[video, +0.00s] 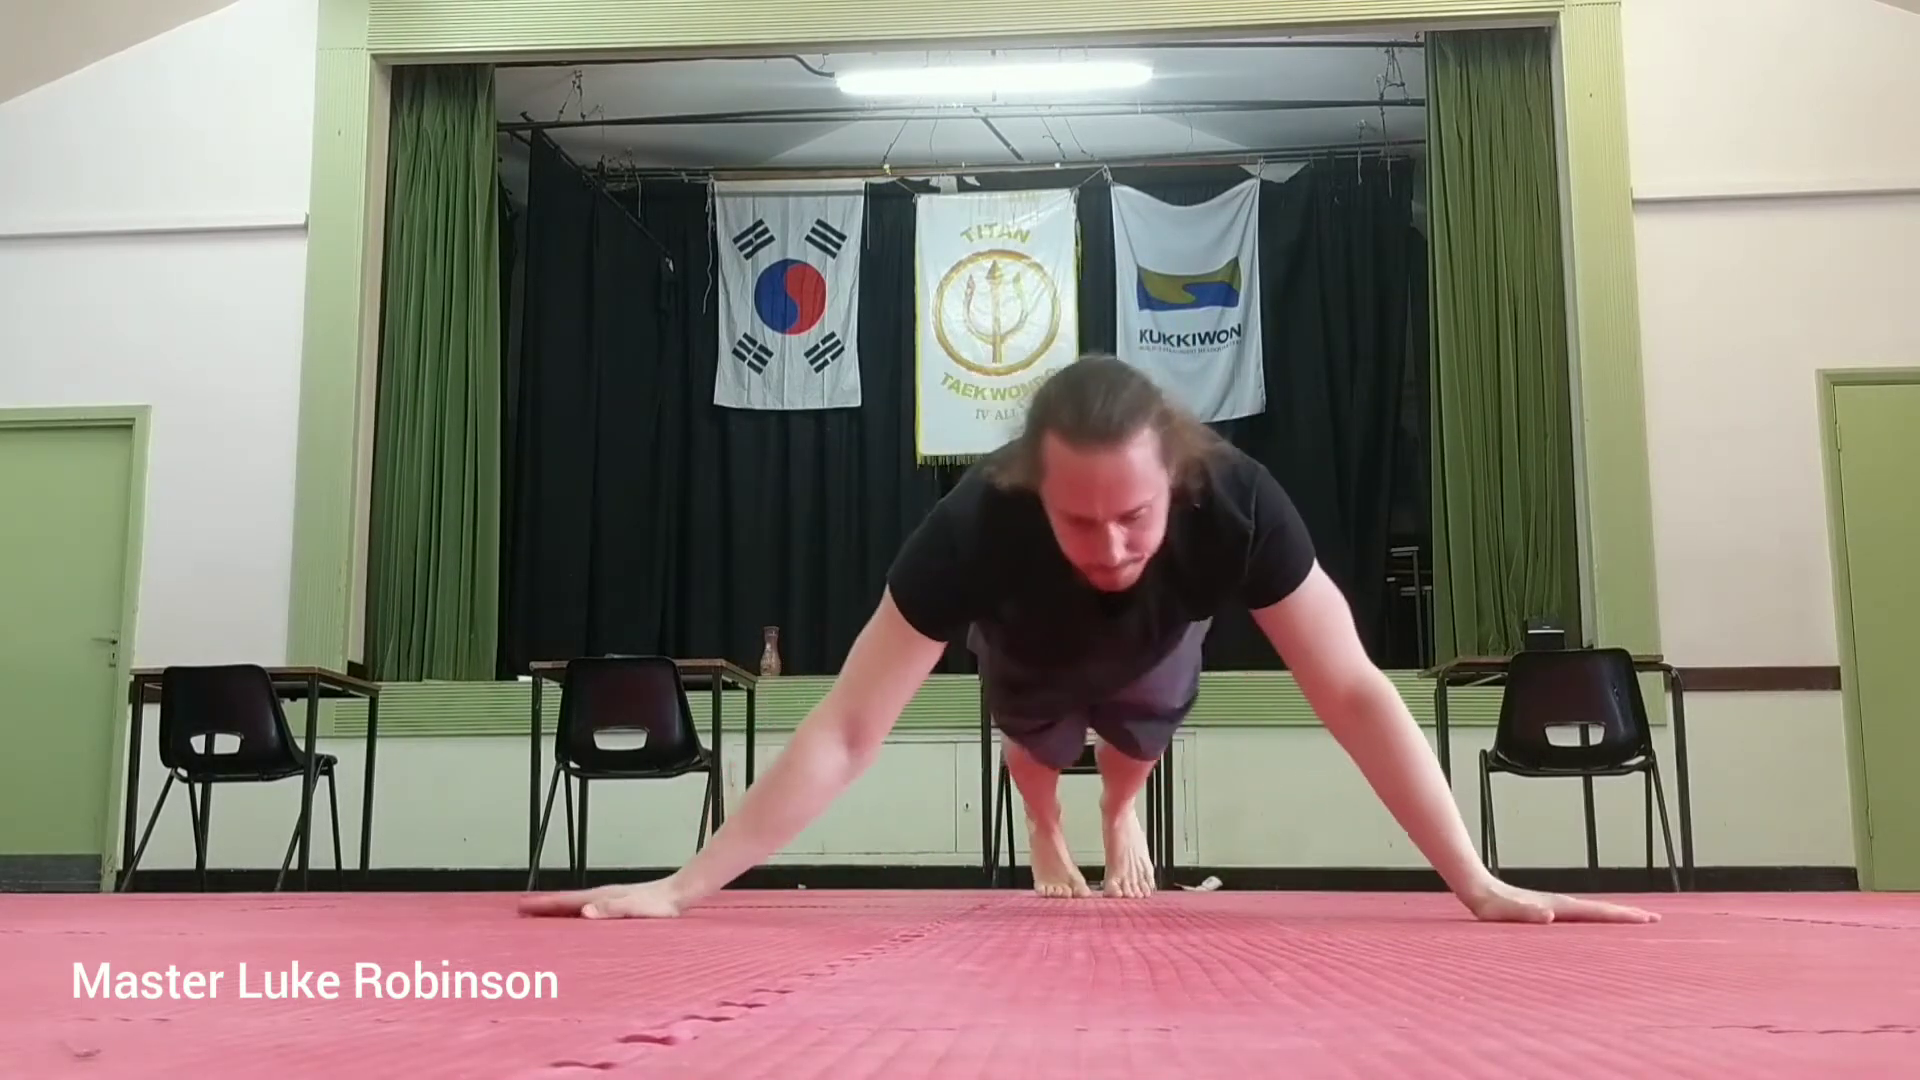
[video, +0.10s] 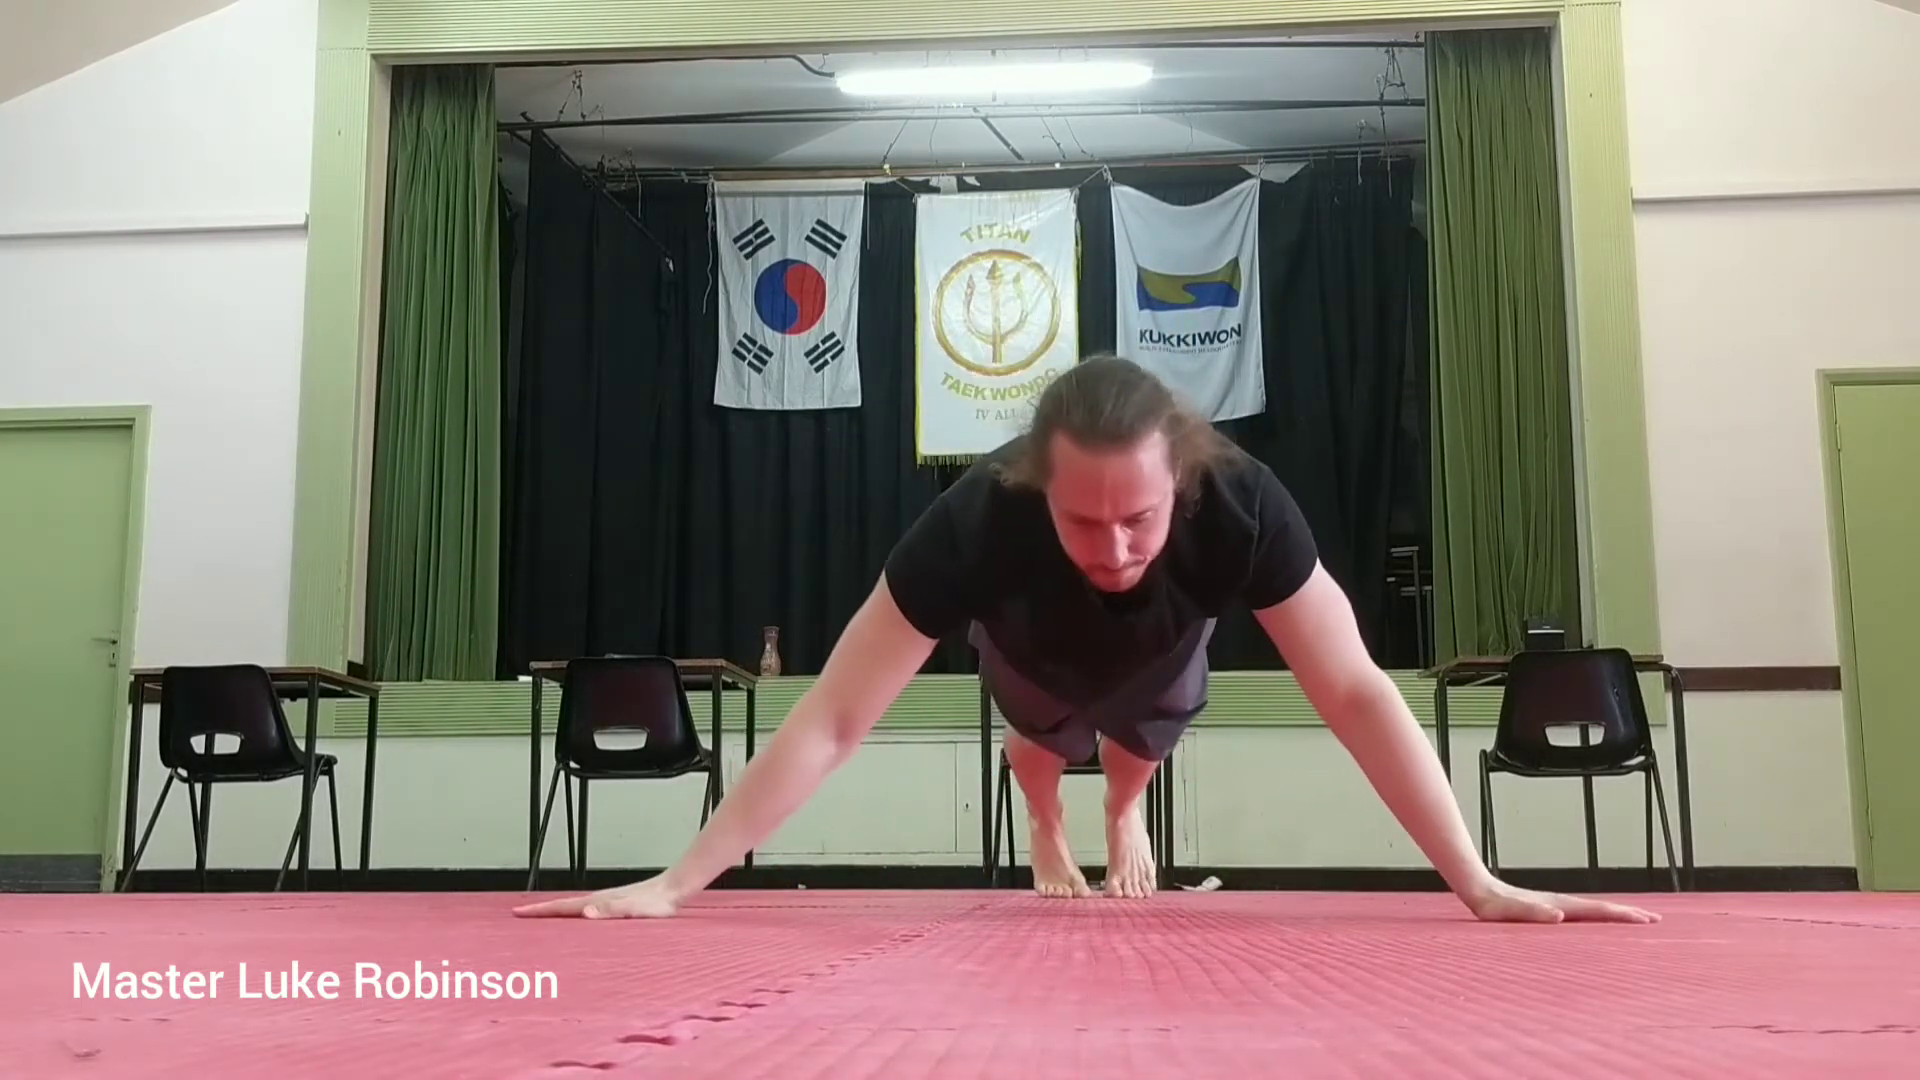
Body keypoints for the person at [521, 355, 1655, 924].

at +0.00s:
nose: (1110, 543)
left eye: (1133, 519)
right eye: (1083, 522)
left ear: (1179, 478)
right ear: (1035, 485)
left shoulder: (1236, 510)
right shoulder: (973, 536)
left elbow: (1356, 701)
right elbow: (838, 736)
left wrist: (1472, 878)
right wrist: (685, 888)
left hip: (1154, 659)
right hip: (1031, 667)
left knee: (1137, 743)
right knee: (1041, 746)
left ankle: (1124, 835)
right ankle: (1046, 839)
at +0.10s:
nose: (1116, 543)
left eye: (1141, 519)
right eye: (1090, 521)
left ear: (1185, 480)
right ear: (1041, 483)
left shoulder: (1237, 510)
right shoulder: (969, 535)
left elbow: (1359, 701)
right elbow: (825, 726)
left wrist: (1471, 879)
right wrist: (673, 886)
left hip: (1157, 666)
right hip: (1030, 668)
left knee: (1135, 748)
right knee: (1041, 736)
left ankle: (1126, 831)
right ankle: (1048, 834)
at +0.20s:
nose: (1095, 536)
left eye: (1119, 513)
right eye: (1068, 516)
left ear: (1160, 474)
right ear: (1020, 481)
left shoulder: (1222, 516)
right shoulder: (950, 524)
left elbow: (1344, 707)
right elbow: (822, 717)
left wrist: (1476, 882)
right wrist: (670, 881)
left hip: (1145, 671)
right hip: (1024, 676)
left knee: (1132, 757)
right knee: (1046, 761)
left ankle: (1130, 843)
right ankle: (1051, 851)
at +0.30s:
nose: (1066, 533)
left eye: (1088, 507)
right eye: (1037, 511)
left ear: (1132, 467)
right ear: (995, 479)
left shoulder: (1204, 523)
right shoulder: (936, 523)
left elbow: (1336, 711)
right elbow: (816, 712)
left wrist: (1483, 885)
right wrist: (666, 889)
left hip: (1134, 676)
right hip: (1013, 685)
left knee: (1129, 765)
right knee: (1039, 776)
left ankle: (1128, 847)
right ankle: (1050, 855)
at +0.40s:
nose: (1052, 536)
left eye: (1074, 509)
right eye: (1023, 512)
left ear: (1122, 469)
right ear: (981, 481)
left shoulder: (1200, 528)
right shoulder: (932, 528)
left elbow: (1334, 717)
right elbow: (816, 724)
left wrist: (1490, 888)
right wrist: (669, 890)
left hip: (1130, 688)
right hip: (1010, 699)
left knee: (1127, 767)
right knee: (1034, 778)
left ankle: (1127, 843)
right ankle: (1046, 852)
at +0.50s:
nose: (1056, 539)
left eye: (1079, 512)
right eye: (1028, 515)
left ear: (1127, 471)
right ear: (986, 483)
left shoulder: (1203, 530)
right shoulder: (935, 532)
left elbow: (1337, 719)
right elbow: (821, 730)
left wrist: (1490, 888)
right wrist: (668, 890)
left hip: (1132, 682)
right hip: (1013, 698)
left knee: (1127, 763)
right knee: (1037, 777)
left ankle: (1125, 842)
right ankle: (1046, 848)